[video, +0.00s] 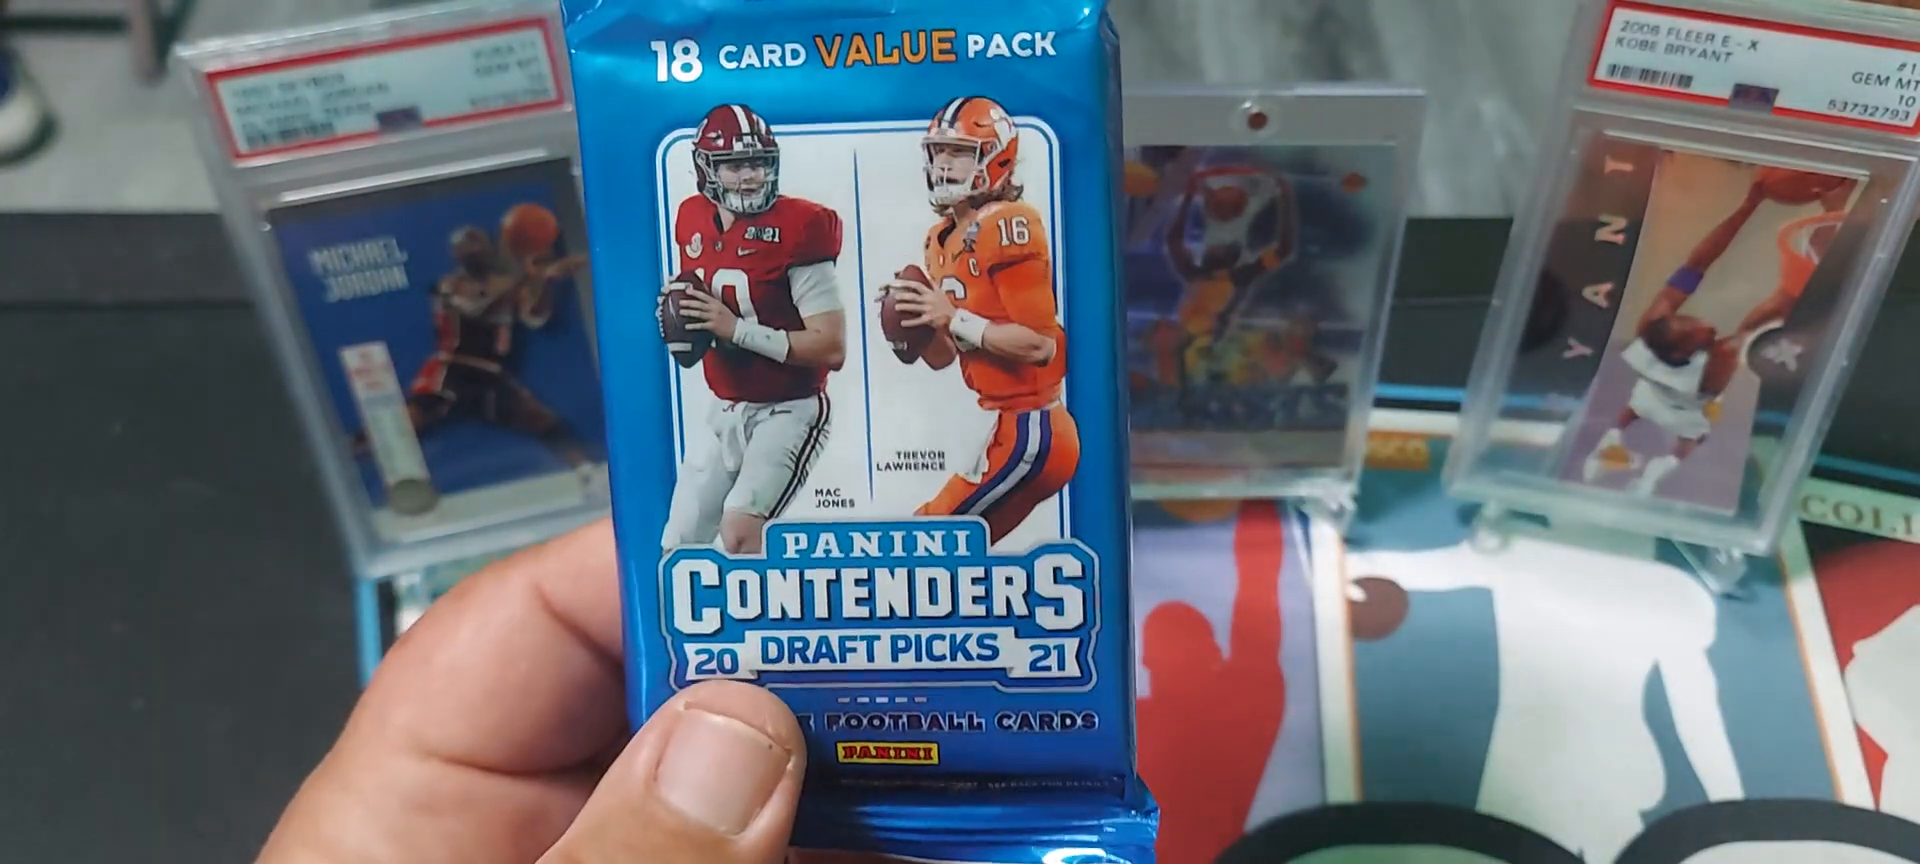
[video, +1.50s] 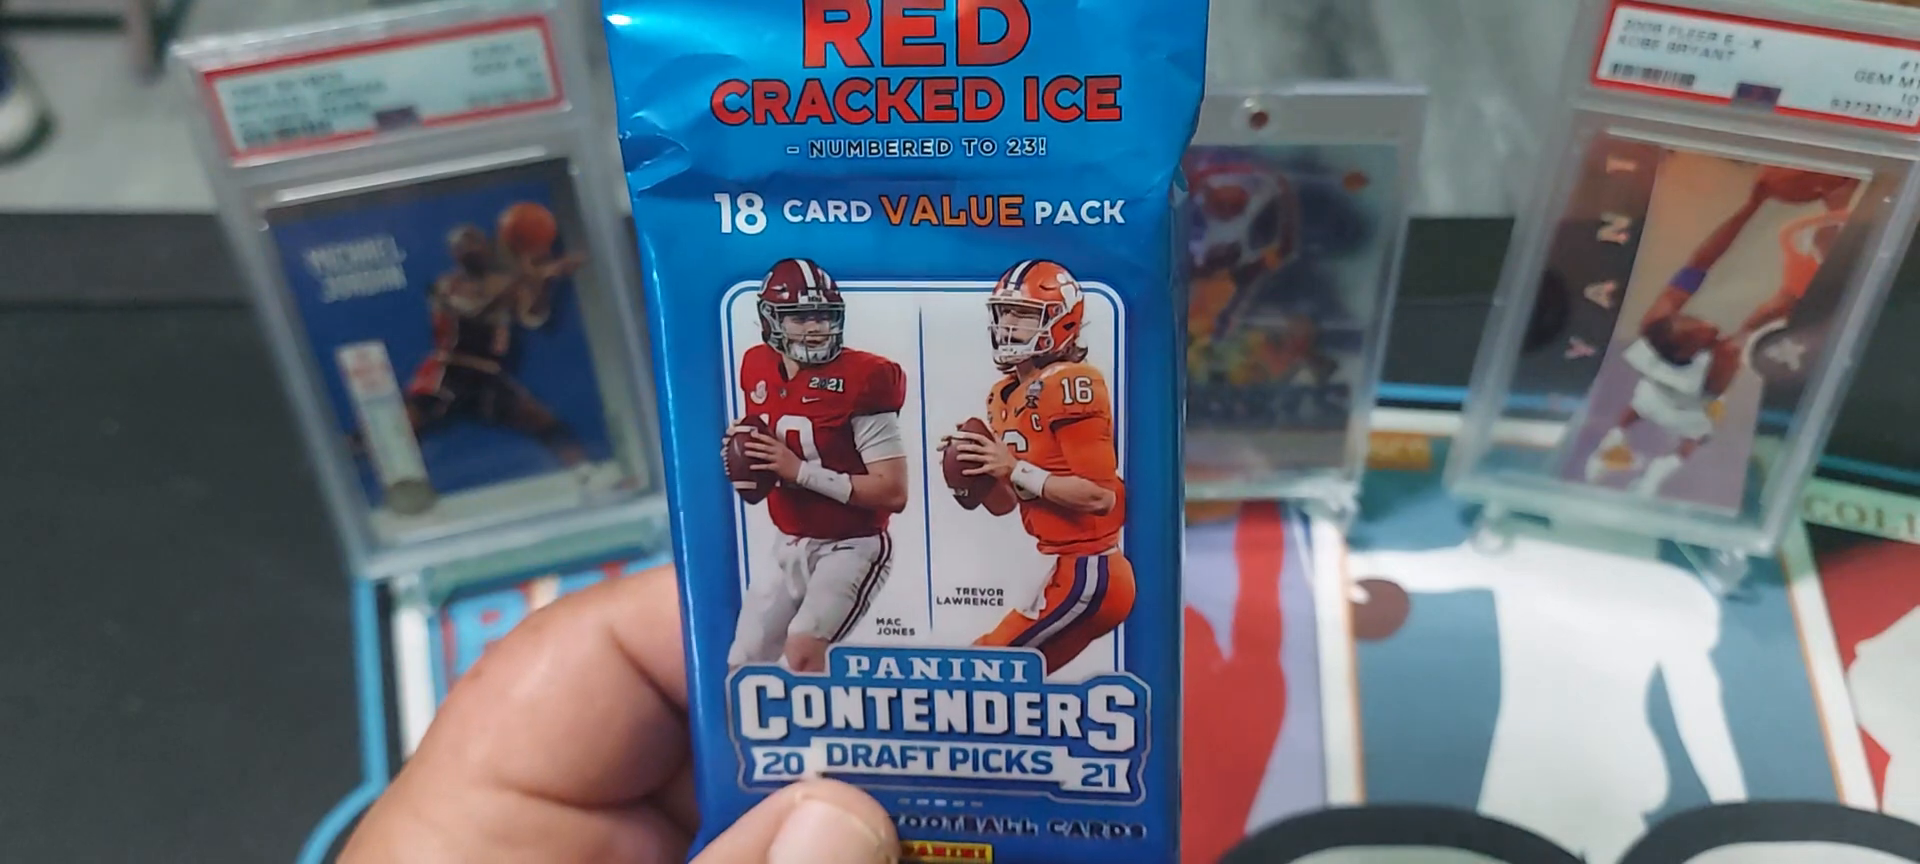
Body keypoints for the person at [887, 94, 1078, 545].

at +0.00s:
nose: (943, 167)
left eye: (958, 154)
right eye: (937, 154)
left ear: (995, 160)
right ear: (928, 158)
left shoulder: (1008, 224)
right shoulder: (939, 239)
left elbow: (1039, 344)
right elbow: (939, 356)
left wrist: (951, 317)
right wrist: (908, 320)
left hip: (1030, 431)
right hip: (1009, 428)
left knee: (920, 545)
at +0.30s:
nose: (961, 212)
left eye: (977, 199)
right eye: (956, 198)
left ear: (1014, 204)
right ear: (946, 202)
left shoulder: (1028, 273)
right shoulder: (956, 284)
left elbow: (1055, 390)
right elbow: (953, 402)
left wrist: (966, 363)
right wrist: (926, 360)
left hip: (1045, 478)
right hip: (1017, 473)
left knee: (930, 587)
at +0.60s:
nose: (945, 256)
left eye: (961, 243)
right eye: (940, 242)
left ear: (999, 246)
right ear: (930, 245)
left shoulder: (1014, 313)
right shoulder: (943, 325)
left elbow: (1046, 428)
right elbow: (947, 441)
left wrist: (956, 402)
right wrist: (913, 401)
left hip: (1041, 512)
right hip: (1011, 508)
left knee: (928, 621)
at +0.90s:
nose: (965, 305)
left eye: (981, 293)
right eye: (960, 291)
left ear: (1019, 298)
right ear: (950, 295)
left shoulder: (1033, 363)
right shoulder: (963, 375)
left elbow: (1065, 476)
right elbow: (967, 485)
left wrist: (975, 448)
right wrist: (935, 455)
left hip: (1060, 555)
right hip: (1034, 551)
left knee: (950, 657)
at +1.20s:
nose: (1006, 347)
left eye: (1021, 336)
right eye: (1002, 335)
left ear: (1057, 342)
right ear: (992, 338)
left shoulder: (1072, 406)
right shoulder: (1001, 415)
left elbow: (1098, 517)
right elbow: (1000, 522)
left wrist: (1011, 487)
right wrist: (970, 485)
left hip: (1090, 595)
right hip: (1061, 590)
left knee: (975, 688)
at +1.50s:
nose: (1008, 327)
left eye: (1023, 316)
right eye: (1003, 314)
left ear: (1059, 320)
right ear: (994, 317)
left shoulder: (1073, 384)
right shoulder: (1003, 394)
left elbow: (1098, 494)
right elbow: (1002, 503)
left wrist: (1012, 468)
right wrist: (972, 465)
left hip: (1089, 574)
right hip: (1065, 570)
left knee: (978, 674)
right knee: (994, 683)